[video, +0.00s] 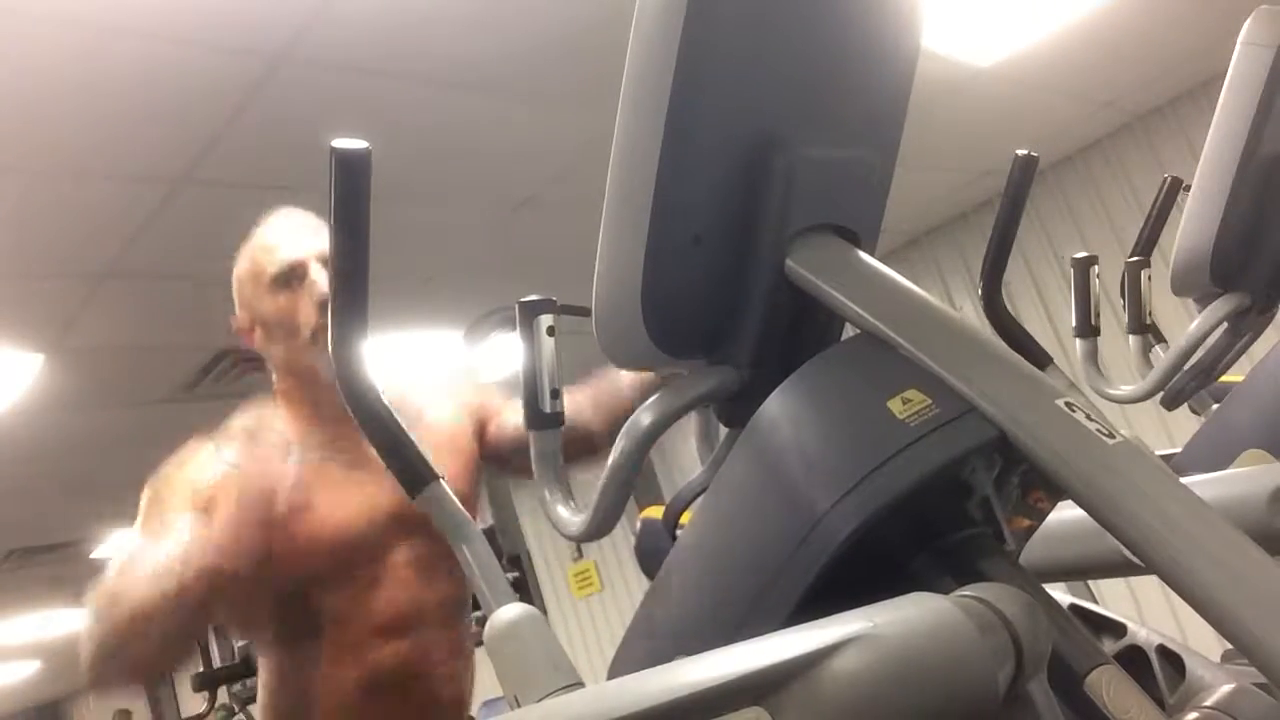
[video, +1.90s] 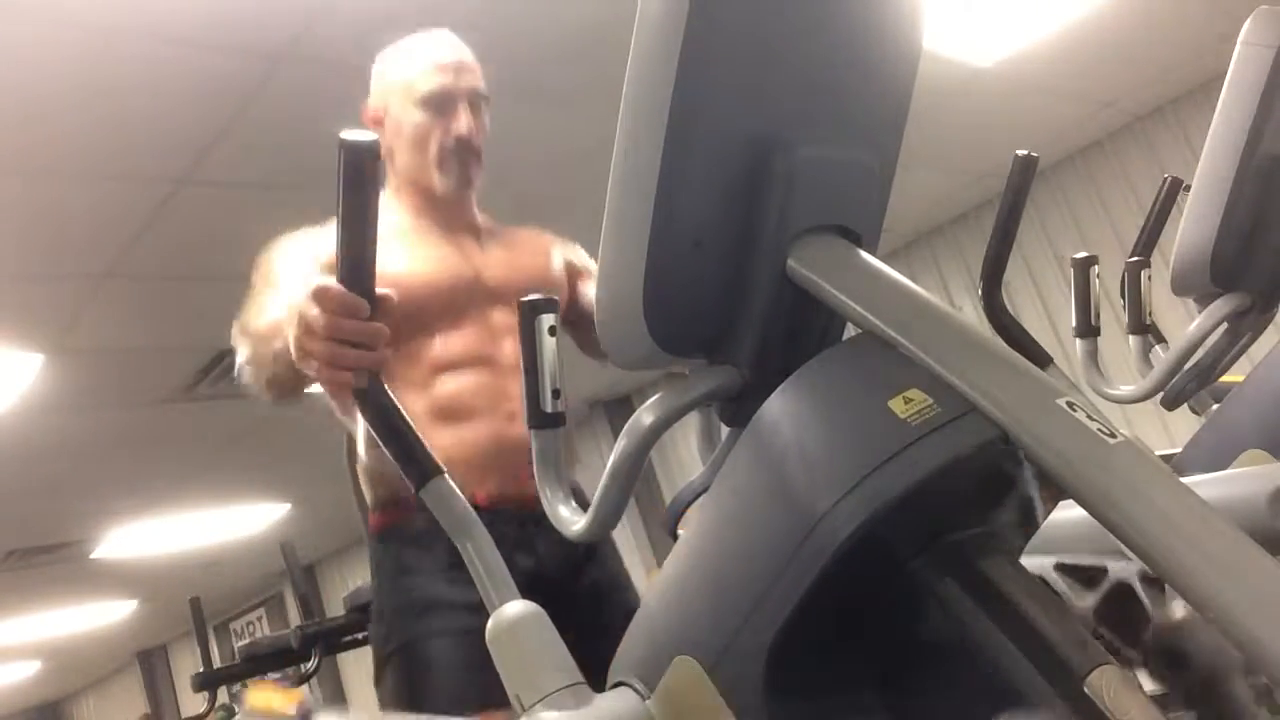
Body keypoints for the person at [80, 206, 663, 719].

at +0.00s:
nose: (326, 288)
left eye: (335, 266)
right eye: (291, 277)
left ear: (358, 281)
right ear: (248, 328)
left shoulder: (445, 400)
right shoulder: (219, 469)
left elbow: (572, 418)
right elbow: (113, 656)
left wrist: (681, 361)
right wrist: (219, 557)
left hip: (448, 707)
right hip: (317, 711)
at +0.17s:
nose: (333, 171)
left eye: (349, 153)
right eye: (298, 158)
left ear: (374, 182)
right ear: (251, 209)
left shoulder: (453, 317)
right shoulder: (210, 340)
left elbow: (589, 363)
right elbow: (141, 498)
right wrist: (285, 377)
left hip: (473, 676)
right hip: (334, 687)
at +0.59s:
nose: (420, 126)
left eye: (439, 107)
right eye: (386, 109)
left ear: (465, 144)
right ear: (338, 155)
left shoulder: (516, 301)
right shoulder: (268, 287)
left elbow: (650, 376)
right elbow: (149, 457)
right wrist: (291, 382)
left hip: (528, 615)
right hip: (386, 658)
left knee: (686, 691)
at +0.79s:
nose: (440, 76)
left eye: (457, 63)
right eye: (409, 61)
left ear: (481, 105)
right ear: (364, 106)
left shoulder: (534, 262)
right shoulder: (296, 226)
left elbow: (641, 360)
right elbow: (198, 369)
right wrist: (284, 367)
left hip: (535, 567)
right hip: (396, 595)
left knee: (671, 677)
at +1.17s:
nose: (379, 35)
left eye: (394, 22)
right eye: (348, 28)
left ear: (424, 60)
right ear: (318, 81)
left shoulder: (515, 198)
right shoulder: (289, 193)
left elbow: (620, 285)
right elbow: (258, 261)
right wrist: (298, 298)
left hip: (543, 459)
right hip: (411, 482)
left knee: (628, 678)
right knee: (458, 704)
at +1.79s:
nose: (457, 89)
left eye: (469, 68)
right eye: (431, 66)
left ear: (483, 79)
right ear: (371, 80)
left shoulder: (538, 217)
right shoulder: (310, 207)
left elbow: (632, 309)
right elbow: (274, 292)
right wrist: (305, 312)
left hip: (551, 488)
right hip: (419, 503)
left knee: (631, 692)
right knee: (468, 707)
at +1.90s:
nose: (465, 128)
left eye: (476, 105)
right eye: (437, 104)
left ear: (491, 116)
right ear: (376, 121)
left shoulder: (546, 253)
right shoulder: (319, 254)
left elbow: (632, 337)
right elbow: (263, 371)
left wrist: (600, 307)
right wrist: (296, 337)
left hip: (566, 537)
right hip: (430, 551)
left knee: (643, 703)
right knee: (460, 709)